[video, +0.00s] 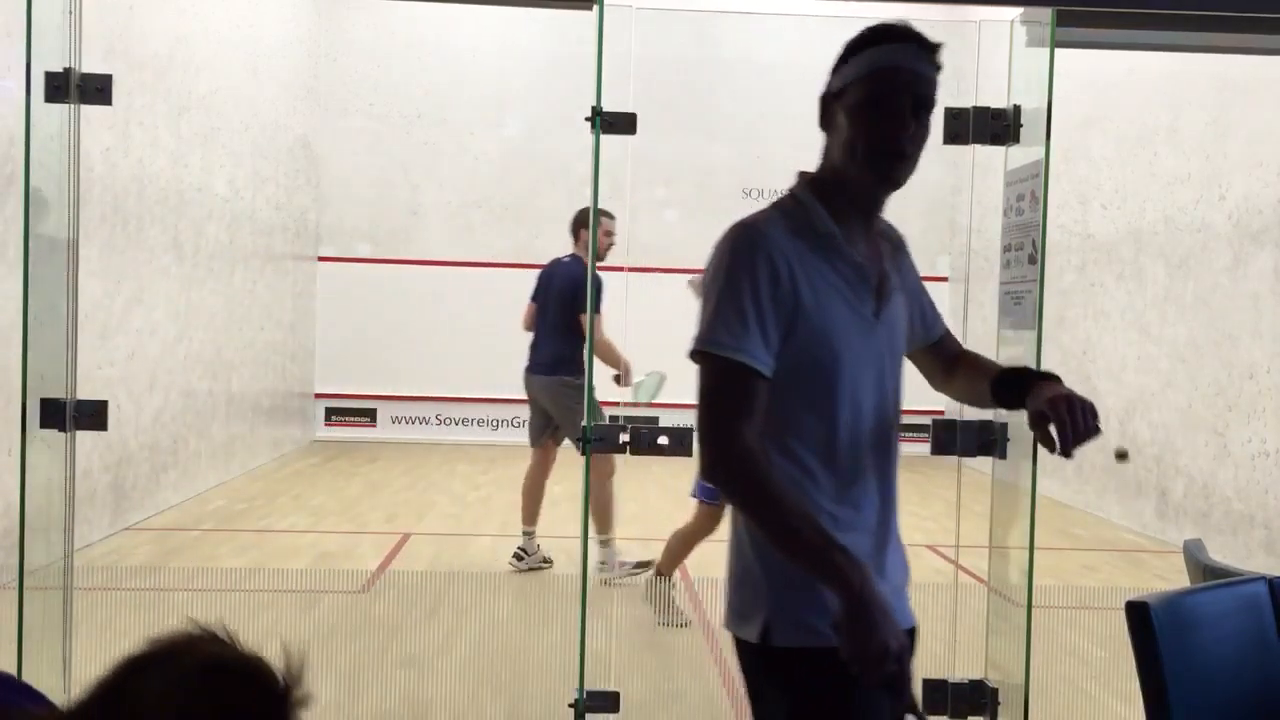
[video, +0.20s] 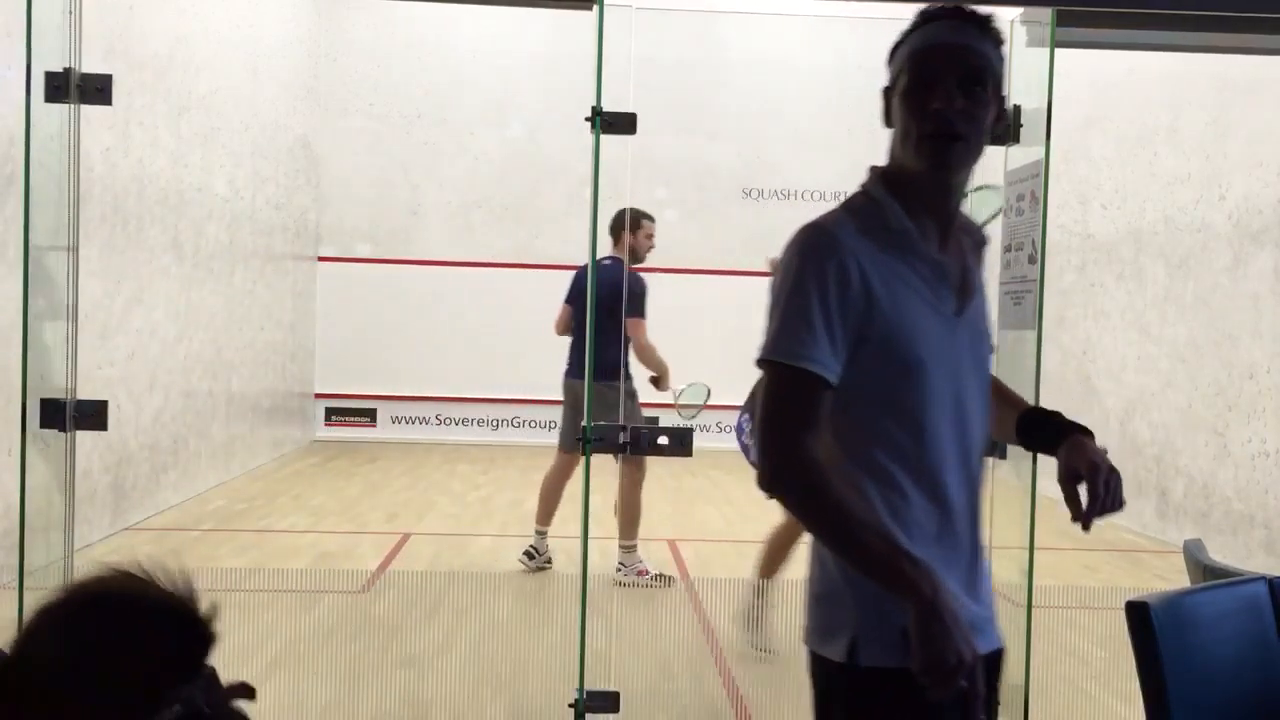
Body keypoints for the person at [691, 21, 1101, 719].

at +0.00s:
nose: (905, 131)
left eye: (921, 111)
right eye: (883, 103)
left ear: (932, 126)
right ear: (829, 109)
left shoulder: (886, 249)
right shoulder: (761, 249)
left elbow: (947, 365)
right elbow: (728, 450)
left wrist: (1029, 386)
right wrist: (855, 587)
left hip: (881, 607)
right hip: (798, 617)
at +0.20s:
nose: (947, 103)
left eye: (972, 86)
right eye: (925, 82)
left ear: (999, 119)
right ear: (887, 103)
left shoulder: (965, 247)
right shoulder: (831, 250)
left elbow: (957, 390)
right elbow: (783, 455)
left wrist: (1064, 435)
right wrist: (925, 593)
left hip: (967, 627)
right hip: (876, 638)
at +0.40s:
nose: (1021, 85)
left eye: (1047, 68)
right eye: (995, 66)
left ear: (1076, 101)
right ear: (955, 94)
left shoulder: (1046, 243)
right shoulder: (900, 247)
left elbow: (1022, 408)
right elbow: (847, 461)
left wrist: (1116, 456)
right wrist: (996, 595)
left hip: (1056, 639)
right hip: (945, 650)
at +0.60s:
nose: (1093, 81)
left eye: (1121, 62)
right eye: (1065, 60)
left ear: (1148, 91)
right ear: (1022, 83)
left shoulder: (1116, 235)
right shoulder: (958, 243)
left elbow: (1088, 414)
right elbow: (912, 470)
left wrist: (1193, 454)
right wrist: (1071, 609)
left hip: (1125, 647)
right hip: (1001, 662)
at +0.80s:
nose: (1180, 90)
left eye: (1211, 70)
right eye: (1152, 64)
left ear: (1232, 93)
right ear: (1101, 80)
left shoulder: (1195, 238)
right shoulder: (1024, 247)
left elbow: (1162, 416)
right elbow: (965, 480)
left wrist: (1268, 464)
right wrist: (1122, 626)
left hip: (1190, 658)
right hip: (1061, 670)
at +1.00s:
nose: (1277, 95)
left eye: (1278, 72)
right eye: (1265, 69)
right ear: (1201, 74)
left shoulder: (1271, 254)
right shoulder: (1106, 254)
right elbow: (1028, 488)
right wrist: (1183, 644)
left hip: (1265, 683)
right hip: (1142, 690)